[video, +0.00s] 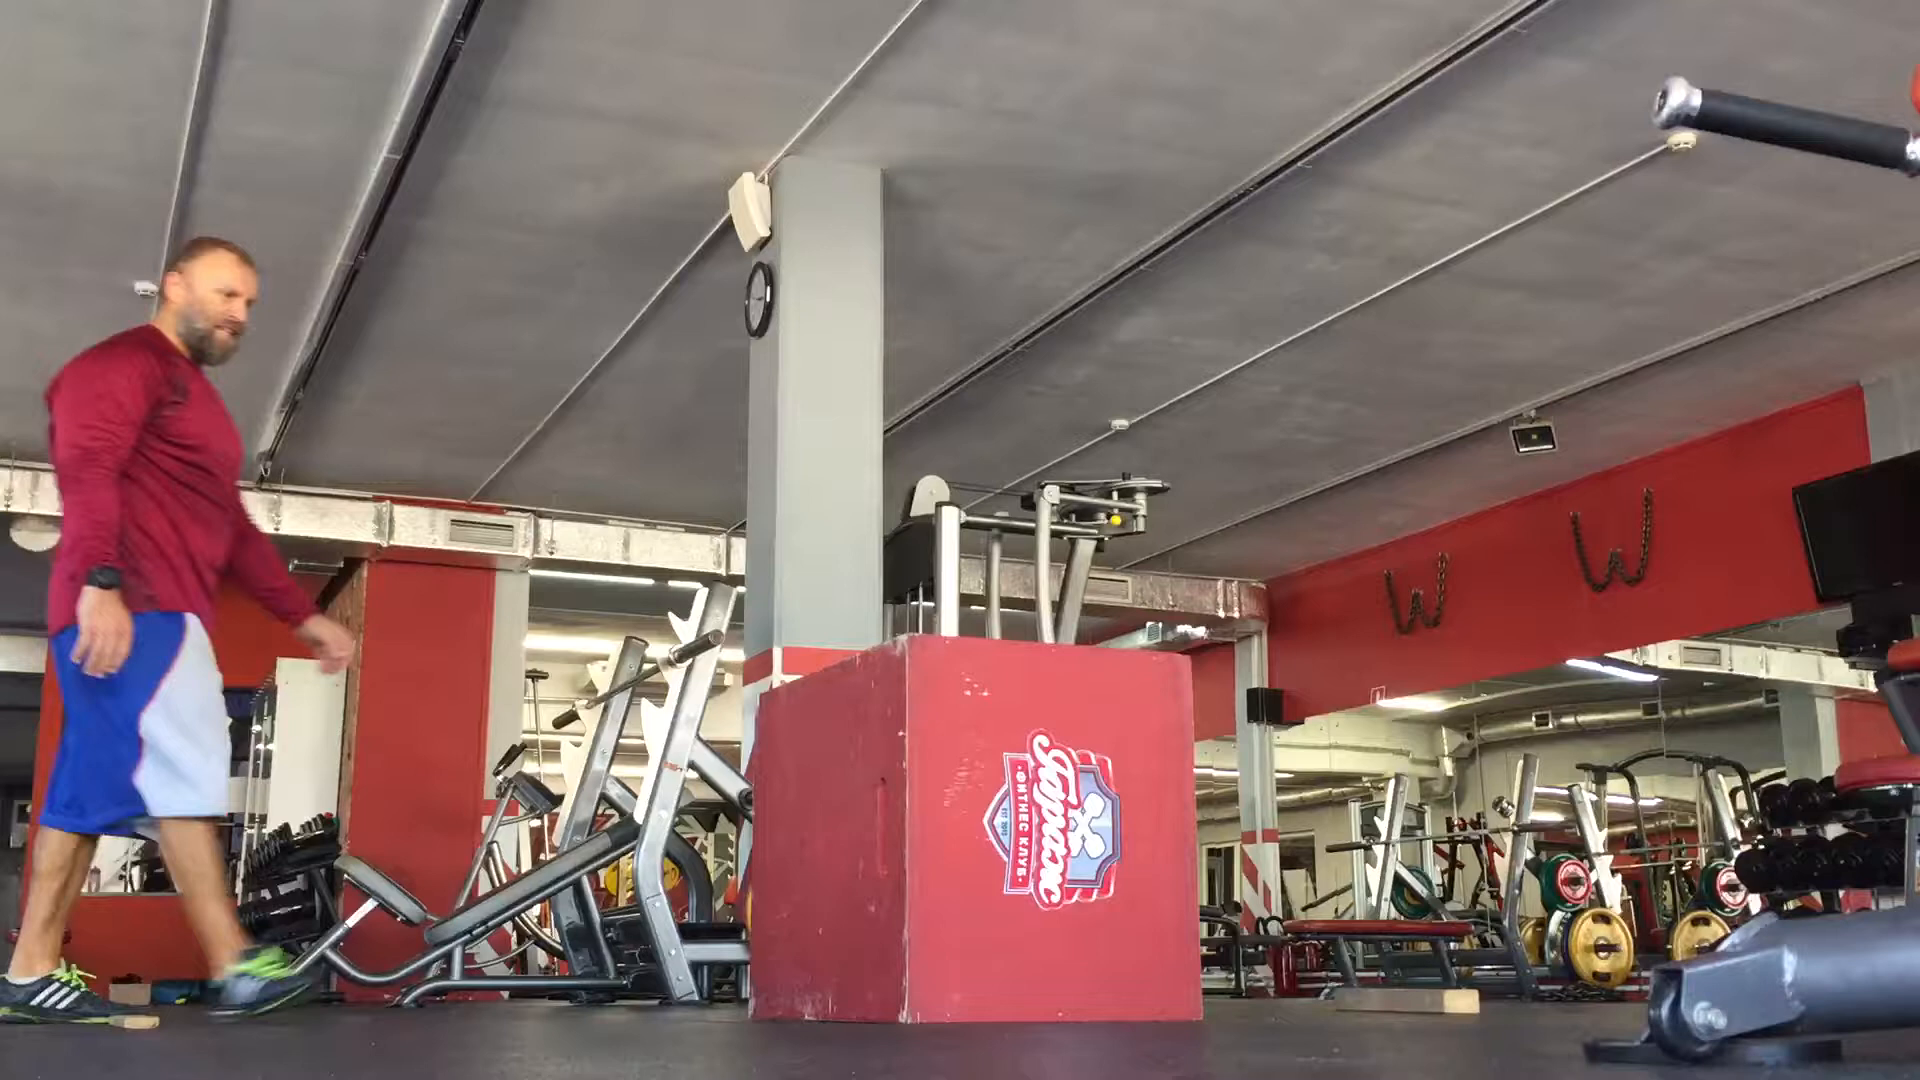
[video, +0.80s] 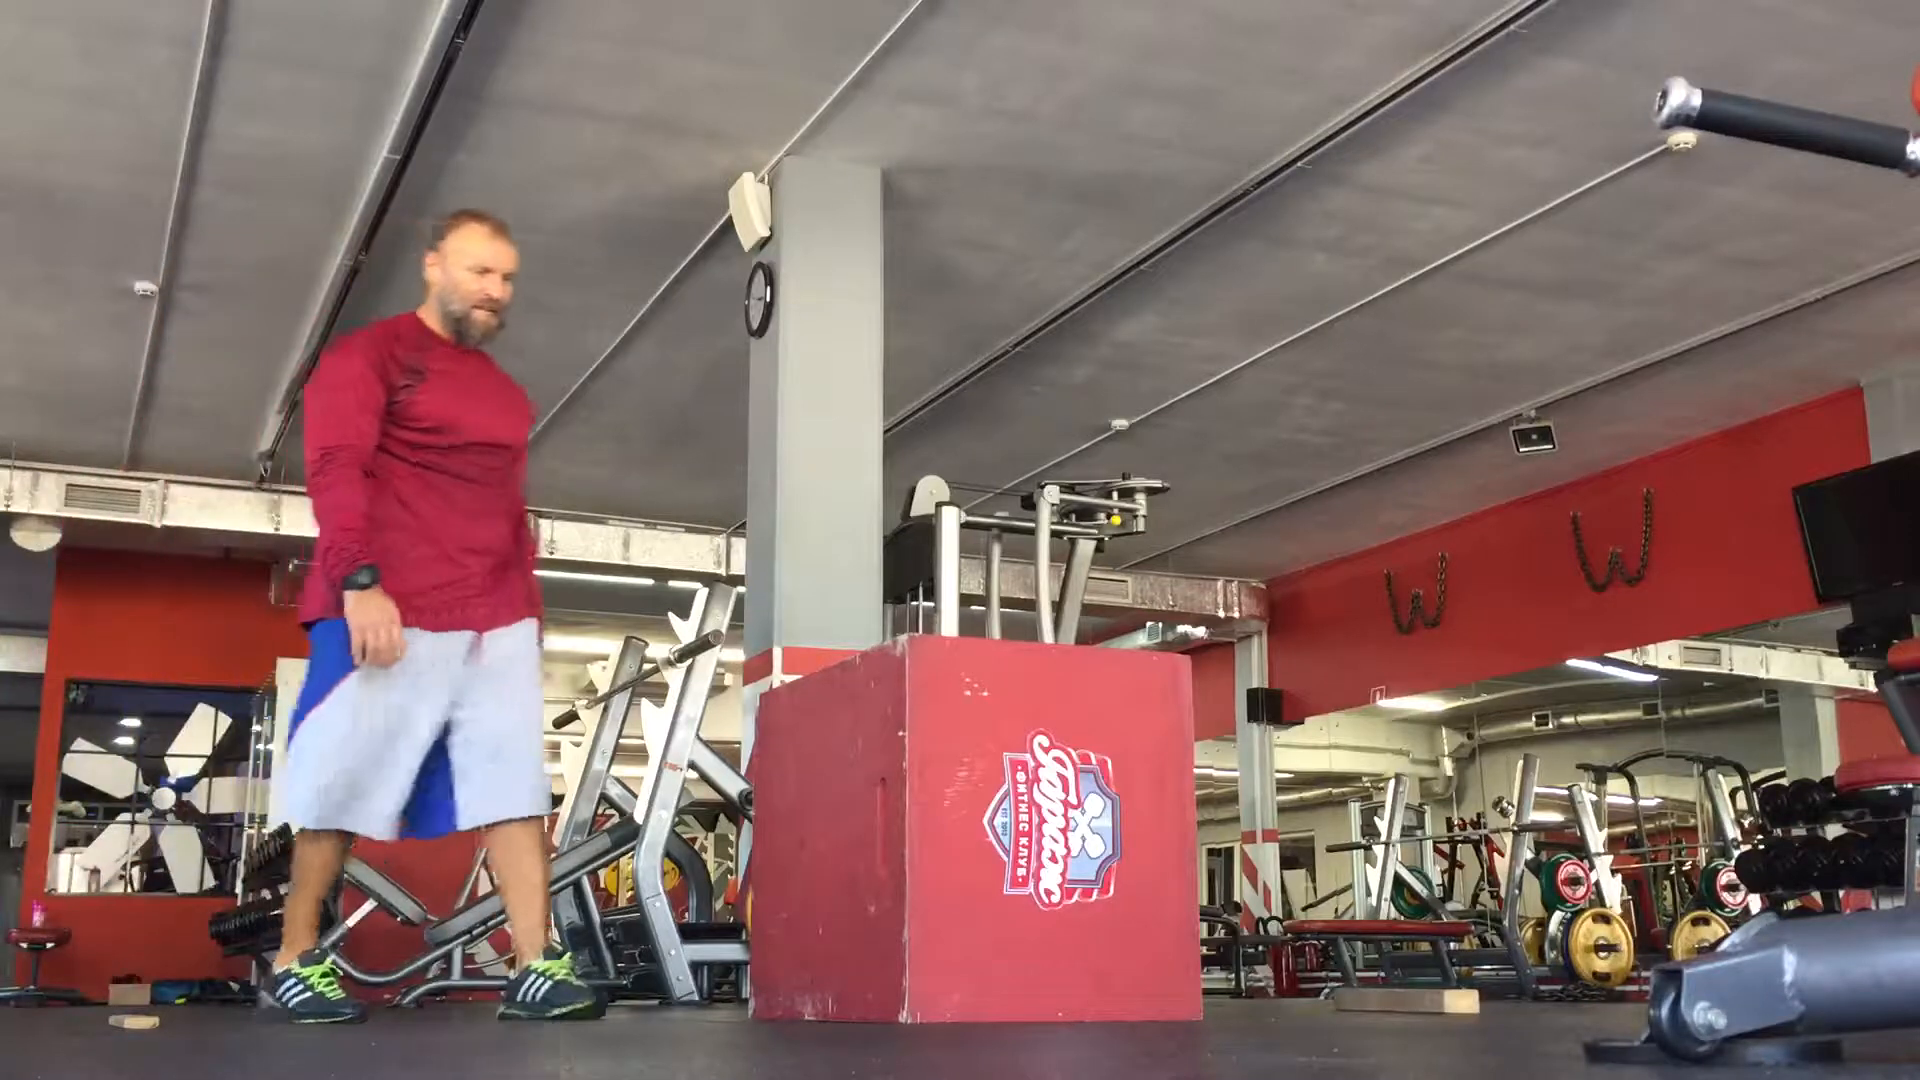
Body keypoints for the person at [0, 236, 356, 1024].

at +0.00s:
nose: (240, 314)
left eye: (248, 304)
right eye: (227, 294)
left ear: (241, 312)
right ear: (173, 286)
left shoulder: (196, 399)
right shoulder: (126, 363)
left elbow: (231, 525)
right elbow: (88, 468)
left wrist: (304, 615)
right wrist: (100, 581)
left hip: (127, 608)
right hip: (146, 607)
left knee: (84, 787)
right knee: (188, 780)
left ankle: (32, 970)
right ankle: (233, 965)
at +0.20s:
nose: (291, 310)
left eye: (301, 299)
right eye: (277, 292)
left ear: (301, 310)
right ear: (226, 289)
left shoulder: (273, 404)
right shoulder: (186, 372)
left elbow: (291, 524)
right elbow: (155, 487)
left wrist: (355, 609)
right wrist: (170, 607)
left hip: (249, 622)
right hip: (214, 619)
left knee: (158, 792)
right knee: (240, 796)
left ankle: (58, 948)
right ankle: (283, 972)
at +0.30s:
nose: (325, 303)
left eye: (333, 292)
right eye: (310, 285)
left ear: (333, 300)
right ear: (258, 284)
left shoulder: (303, 387)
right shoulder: (220, 368)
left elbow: (313, 522)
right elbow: (200, 489)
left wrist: (361, 611)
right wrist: (217, 604)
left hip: (300, 621)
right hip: (251, 614)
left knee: (240, 799)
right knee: (253, 795)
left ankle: (126, 915)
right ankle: (284, 974)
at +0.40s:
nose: (359, 302)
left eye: (368, 290)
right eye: (344, 284)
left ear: (368, 298)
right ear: (292, 281)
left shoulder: (342, 387)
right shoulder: (253, 366)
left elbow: (343, 520)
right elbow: (237, 489)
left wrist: (377, 620)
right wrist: (269, 606)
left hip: (347, 626)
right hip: (275, 617)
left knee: (352, 789)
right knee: (270, 796)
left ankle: (224, 908)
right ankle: (283, 976)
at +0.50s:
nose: (392, 297)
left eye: (401, 285)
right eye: (377, 279)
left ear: (404, 292)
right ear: (327, 275)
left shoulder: (371, 378)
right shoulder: (278, 361)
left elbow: (353, 505)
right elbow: (265, 485)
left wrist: (391, 616)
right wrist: (309, 593)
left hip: (377, 619)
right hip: (289, 616)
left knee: (415, 783)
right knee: (278, 795)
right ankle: (283, 972)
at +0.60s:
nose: (426, 294)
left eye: (435, 284)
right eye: (411, 275)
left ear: (438, 294)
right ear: (360, 270)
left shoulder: (412, 383)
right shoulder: (302, 359)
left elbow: (396, 500)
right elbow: (287, 476)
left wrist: (415, 598)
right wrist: (340, 583)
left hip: (420, 611)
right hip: (315, 610)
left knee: (448, 786)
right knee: (289, 794)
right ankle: (283, 973)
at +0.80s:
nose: (498, 290)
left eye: (508, 278)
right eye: (482, 271)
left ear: (510, 289)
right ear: (432, 267)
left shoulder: (503, 391)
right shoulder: (367, 356)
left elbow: (507, 508)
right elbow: (337, 470)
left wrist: (524, 605)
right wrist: (359, 580)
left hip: (499, 617)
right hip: (391, 612)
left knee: (516, 786)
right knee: (337, 785)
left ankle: (536, 967)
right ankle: (294, 963)